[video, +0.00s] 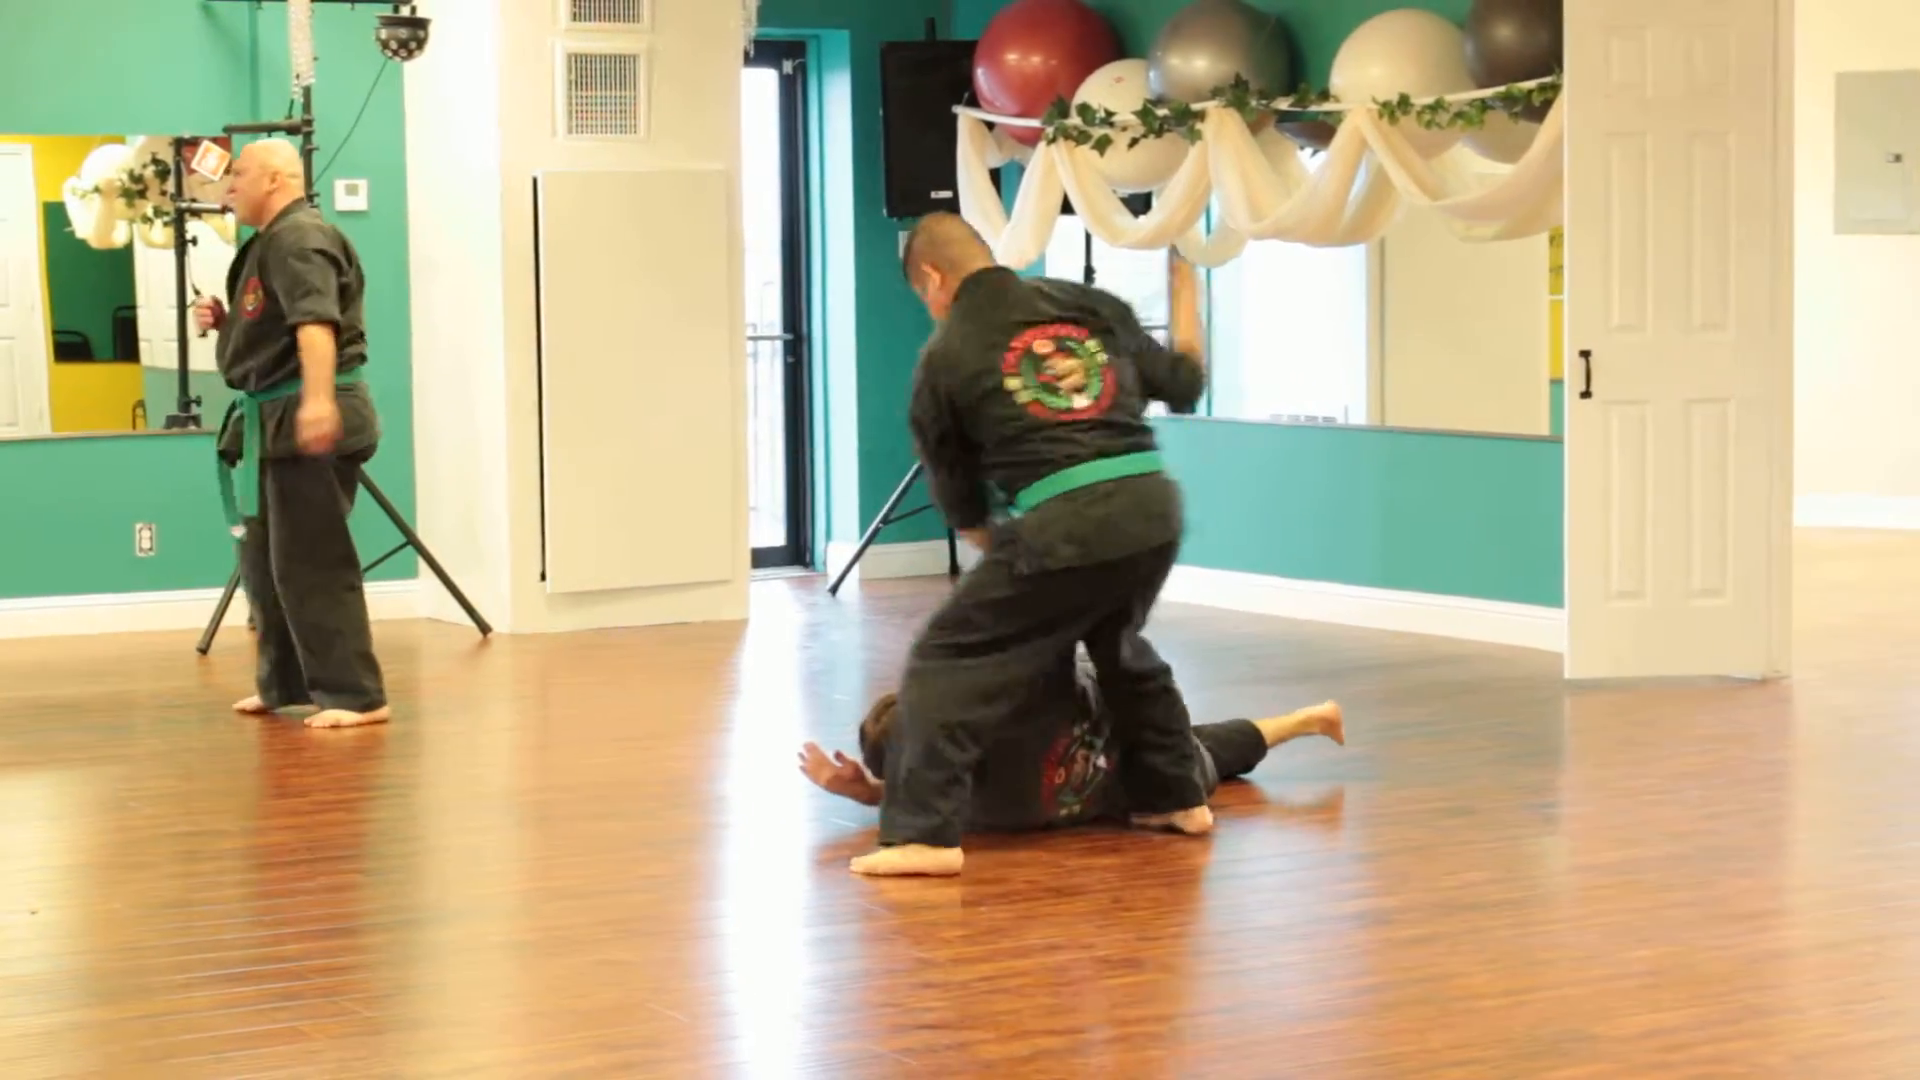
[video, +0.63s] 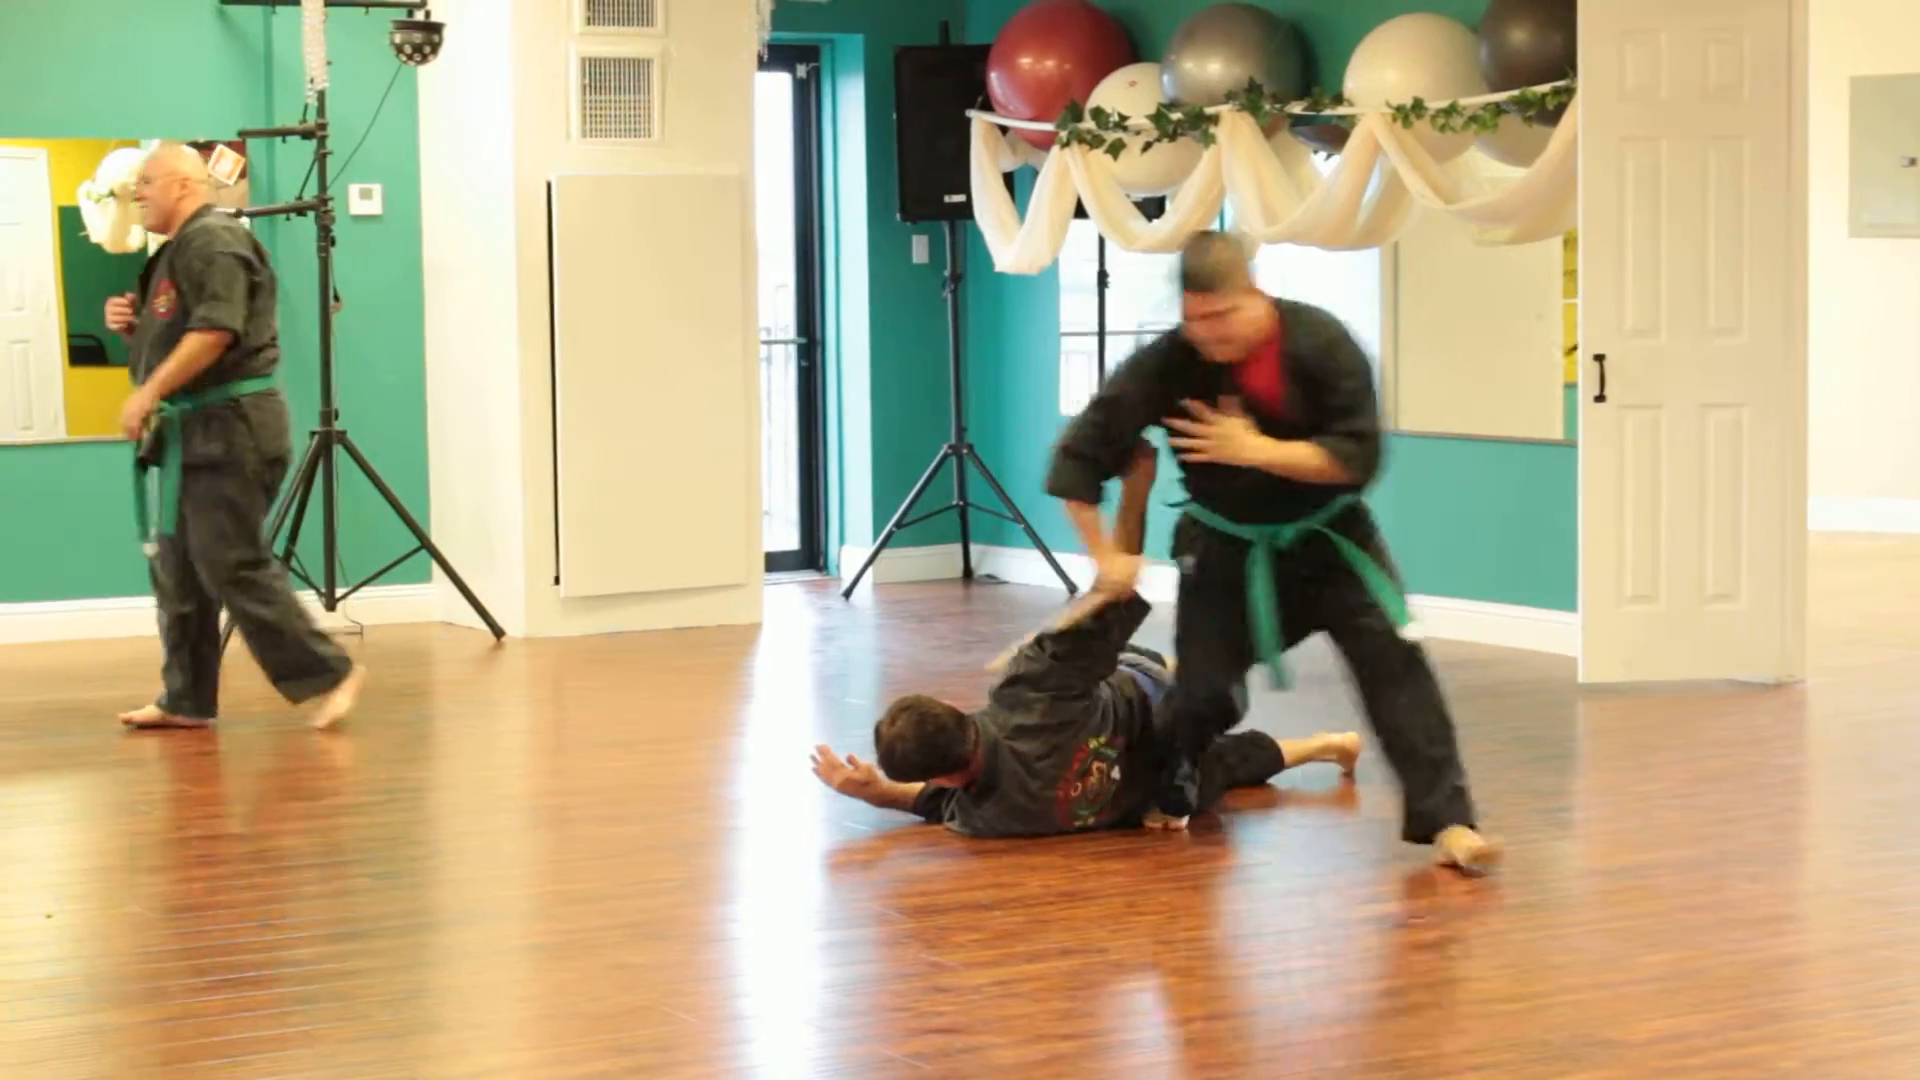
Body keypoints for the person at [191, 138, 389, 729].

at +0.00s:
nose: (228, 186)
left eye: (238, 176)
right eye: (231, 176)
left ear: (274, 181)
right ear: (273, 183)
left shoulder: (298, 236)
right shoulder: (271, 241)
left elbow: (315, 322)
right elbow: (277, 329)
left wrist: (319, 398)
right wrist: (229, 321)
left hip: (307, 415)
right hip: (278, 414)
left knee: (311, 555)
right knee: (267, 554)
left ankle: (356, 696)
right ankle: (286, 686)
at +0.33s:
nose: (193, 196)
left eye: (202, 185)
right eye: (195, 186)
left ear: (241, 190)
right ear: (240, 191)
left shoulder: (271, 248)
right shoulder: (239, 252)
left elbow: (290, 341)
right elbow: (250, 331)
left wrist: (284, 431)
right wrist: (202, 324)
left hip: (283, 422)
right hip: (246, 423)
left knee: (313, 566)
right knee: (230, 566)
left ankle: (364, 700)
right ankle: (194, 694)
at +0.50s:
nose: (158, 202)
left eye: (167, 189)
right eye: (159, 191)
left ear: (206, 190)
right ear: (204, 192)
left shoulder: (237, 248)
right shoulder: (205, 253)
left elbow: (244, 344)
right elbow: (207, 330)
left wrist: (191, 421)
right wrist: (159, 326)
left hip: (258, 425)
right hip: (221, 426)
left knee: (289, 566)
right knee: (202, 569)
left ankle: (359, 691)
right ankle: (188, 700)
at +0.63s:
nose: (138, 196)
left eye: (146, 184)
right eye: (138, 186)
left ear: (185, 186)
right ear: (182, 188)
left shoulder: (213, 239)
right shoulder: (182, 247)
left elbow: (216, 330)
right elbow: (180, 323)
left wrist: (150, 391)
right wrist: (132, 317)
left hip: (232, 419)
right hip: (199, 420)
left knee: (228, 557)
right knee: (181, 564)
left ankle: (328, 673)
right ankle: (188, 701)